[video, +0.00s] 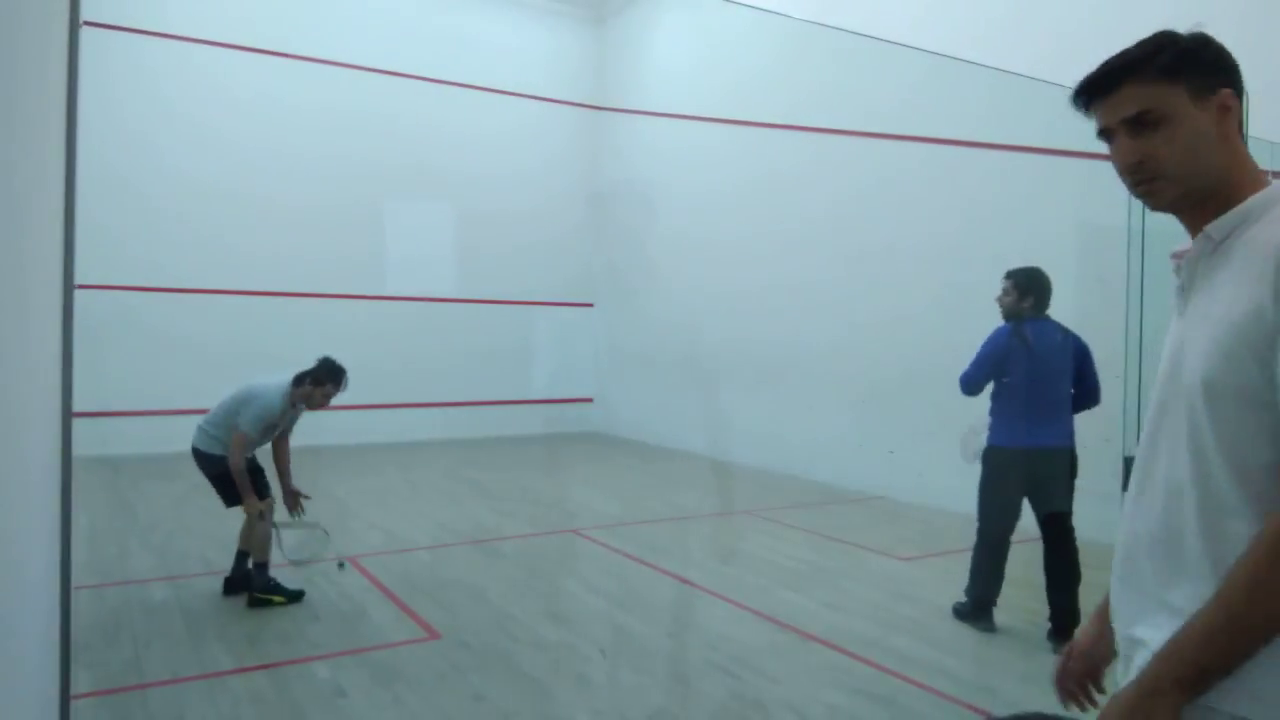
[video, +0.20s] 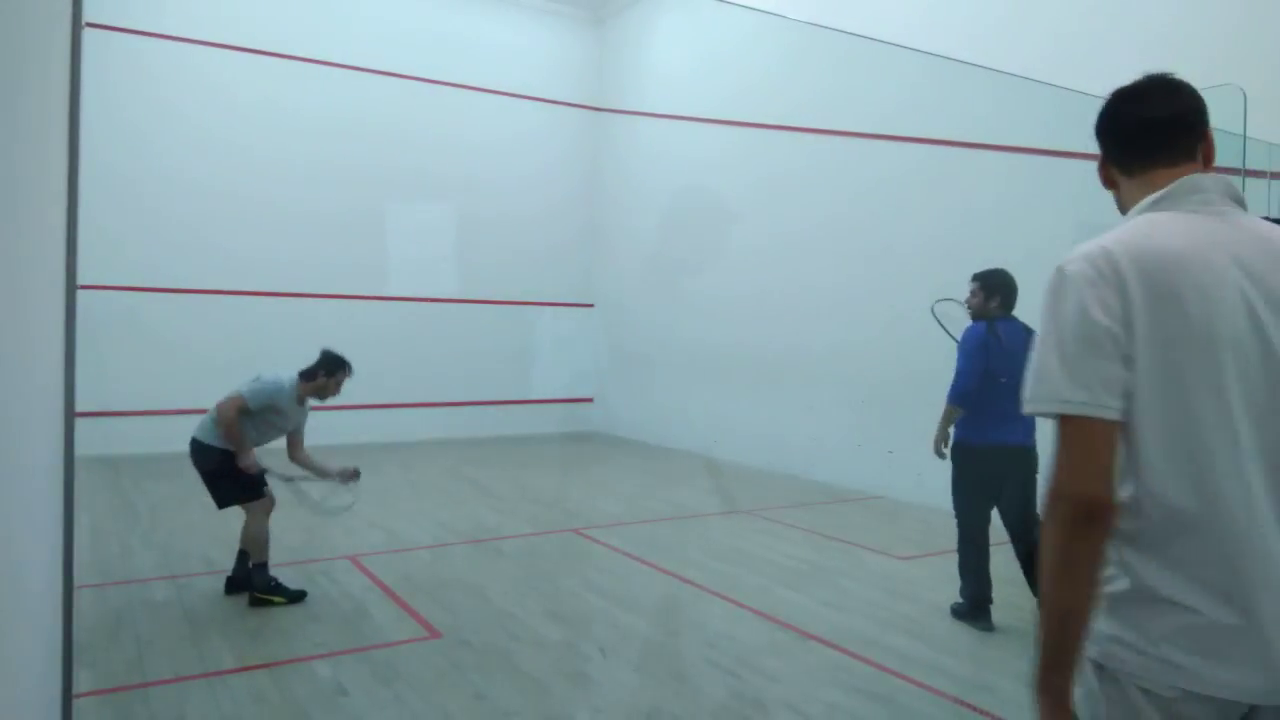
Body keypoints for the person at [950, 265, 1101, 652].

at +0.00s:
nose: (998, 298)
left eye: (1006, 293)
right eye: (1001, 291)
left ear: (1028, 298)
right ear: (1038, 300)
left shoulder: (1005, 337)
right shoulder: (1070, 340)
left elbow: (970, 384)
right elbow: (1090, 395)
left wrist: (992, 368)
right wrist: (1052, 407)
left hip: (1007, 457)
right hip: (1055, 458)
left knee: (993, 532)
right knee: (1059, 536)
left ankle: (980, 606)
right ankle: (1064, 628)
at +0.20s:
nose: (967, 300)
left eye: (974, 294)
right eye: (969, 293)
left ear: (995, 299)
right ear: (1002, 300)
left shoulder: (976, 335)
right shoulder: (1028, 336)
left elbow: (963, 387)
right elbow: (1038, 386)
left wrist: (943, 426)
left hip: (976, 451)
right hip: (1019, 452)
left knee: (972, 532)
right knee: (1026, 530)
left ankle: (976, 605)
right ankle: (1054, 603)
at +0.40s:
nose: (968, 300)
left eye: (972, 294)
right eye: (970, 293)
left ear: (986, 299)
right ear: (1006, 301)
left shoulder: (962, 334)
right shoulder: (1030, 341)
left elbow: (939, 378)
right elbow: (1048, 390)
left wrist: (919, 415)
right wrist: (1010, 394)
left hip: (966, 449)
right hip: (1011, 451)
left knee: (969, 528)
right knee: (1012, 527)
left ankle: (976, 603)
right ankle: (1023, 605)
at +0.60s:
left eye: (1005, 297)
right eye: (1033, 297)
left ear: (1003, 299)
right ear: (1038, 301)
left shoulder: (980, 338)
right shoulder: (1055, 346)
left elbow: (959, 390)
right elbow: (1071, 405)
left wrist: (952, 425)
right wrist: (1080, 453)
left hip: (987, 454)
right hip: (1035, 456)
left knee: (977, 527)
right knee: (1029, 534)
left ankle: (978, 599)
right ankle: (1017, 610)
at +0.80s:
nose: (1003, 306)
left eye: (1005, 301)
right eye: (1007, 301)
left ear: (1010, 304)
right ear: (1042, 307)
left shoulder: (984, 339)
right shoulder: (1057, 347)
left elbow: (960, 391)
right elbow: (1072, 404)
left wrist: (957, 429)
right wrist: (1073, 449)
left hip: (987, 453)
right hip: (1033, 457)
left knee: (981, 524)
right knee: (1029, 535)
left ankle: (980, 595)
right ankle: (1015, 612)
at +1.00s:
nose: (991, 303)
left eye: (993, 298)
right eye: (994, 298)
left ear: (999, 301)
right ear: (1029, 304)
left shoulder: (974, 337)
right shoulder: (1045, 343)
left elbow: (950, 384)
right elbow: (1058, 398)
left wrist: (950, 423)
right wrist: (1051, 436)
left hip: (978, 450)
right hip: (1023, 452)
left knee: (975, 522)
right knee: (1023, 530)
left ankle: (981, 593)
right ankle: (1013, 609)